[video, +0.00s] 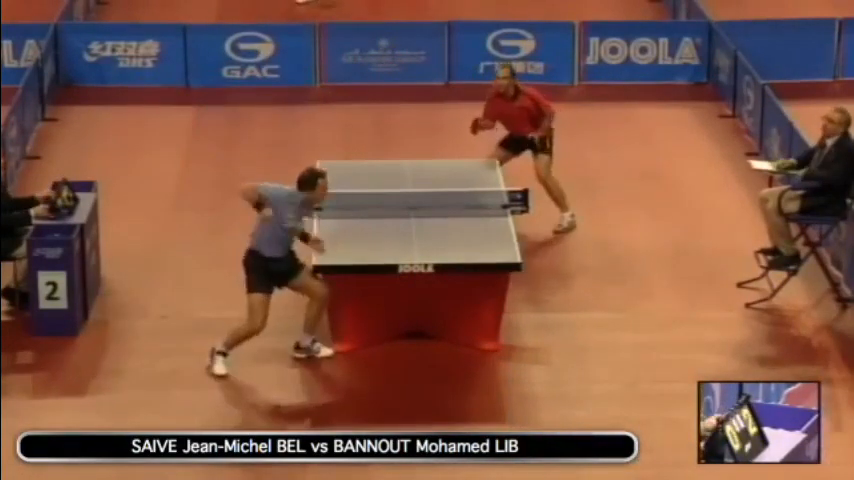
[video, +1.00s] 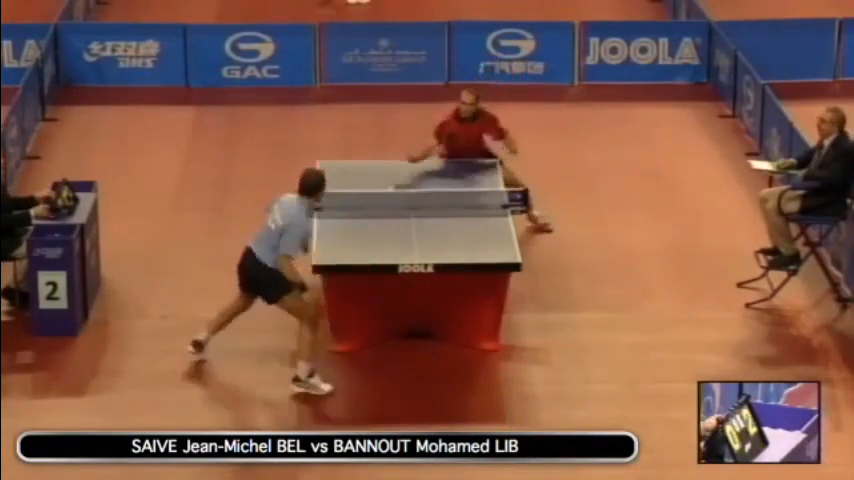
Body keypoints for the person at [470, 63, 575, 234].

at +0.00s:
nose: (500, 83)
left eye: (504, 79)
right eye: (498, 79)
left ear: (513, 81)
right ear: (495, 81)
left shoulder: (529, 95)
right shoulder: (494, 100)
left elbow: (550, 112)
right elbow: (490, 122)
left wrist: (542, 131)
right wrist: (479, 125)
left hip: (539, 135)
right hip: (517, 135)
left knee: (543, 175)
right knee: (490, 165)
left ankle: (567, 214)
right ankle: (490, 211)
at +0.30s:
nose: (494, 68)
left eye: (497, 64)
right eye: (492, 64)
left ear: (507, 65)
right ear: (491, 66)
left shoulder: (524, 84)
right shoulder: (486, 86)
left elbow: (545, 103)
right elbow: (476, 104)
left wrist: (535, 115)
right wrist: (466, 111)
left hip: (523, 134)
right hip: (499, 135)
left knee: (538, 178)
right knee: (480, 171)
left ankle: (549, 214)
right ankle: (482, 211)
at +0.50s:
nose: (491, 71)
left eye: (495, 67)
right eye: (490, 67)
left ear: (505, 67)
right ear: (488, 67)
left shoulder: (518, 85)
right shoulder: (480, 86)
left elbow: (535, 108)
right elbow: (469, 110)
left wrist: (519, 109)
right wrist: (462, 110)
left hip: (514, 139)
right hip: (486, 138)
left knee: (530, 179)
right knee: (472, 175)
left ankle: (540, 217)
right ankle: (471, 218)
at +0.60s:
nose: (485, 74)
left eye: (489, 71)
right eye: (483, 70)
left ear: (499, 69)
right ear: (481, 70)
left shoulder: (513, 87)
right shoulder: (474, 88)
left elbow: (520, 112)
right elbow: (450, 107)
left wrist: (507, 118)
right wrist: (452, 119)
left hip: (507, 139)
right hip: (479, 139)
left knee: (530, 177)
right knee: (466, 175)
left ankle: (540, 216)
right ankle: (463, 218)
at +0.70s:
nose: (477, 89)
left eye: (482, 85)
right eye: (475, 85)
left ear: (492, 85)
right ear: (472, 84)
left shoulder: (502, 102)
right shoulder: (463, 103)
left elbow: (503, 124)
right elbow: (437, 126)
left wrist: (495, 135)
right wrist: (446, 144)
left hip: (495, 151)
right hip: (468, 153)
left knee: (522, 177)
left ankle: (541, 218)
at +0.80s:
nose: (475, 99)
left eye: (479, 96)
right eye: (473, 95)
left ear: (487, 97)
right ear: (469, 95)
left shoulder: (494, 113)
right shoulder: (457, 114)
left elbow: (495, 134)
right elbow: (437, 134)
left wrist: (490, 147)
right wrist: (445, 150)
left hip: (487, 157)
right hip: (461, 158)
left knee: (522, 184)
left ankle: (541, 219)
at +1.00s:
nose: (464, 108)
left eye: (469, 104)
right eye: (462, 103)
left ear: (477, 105)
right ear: (458, 103)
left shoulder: (487, 120)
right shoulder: (448, 124)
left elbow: (503, 136)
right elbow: (436, 145)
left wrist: (511, 147)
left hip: (487, 166)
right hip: (456, 166)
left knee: (521, 188)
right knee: (422, 184)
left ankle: (532, 219)